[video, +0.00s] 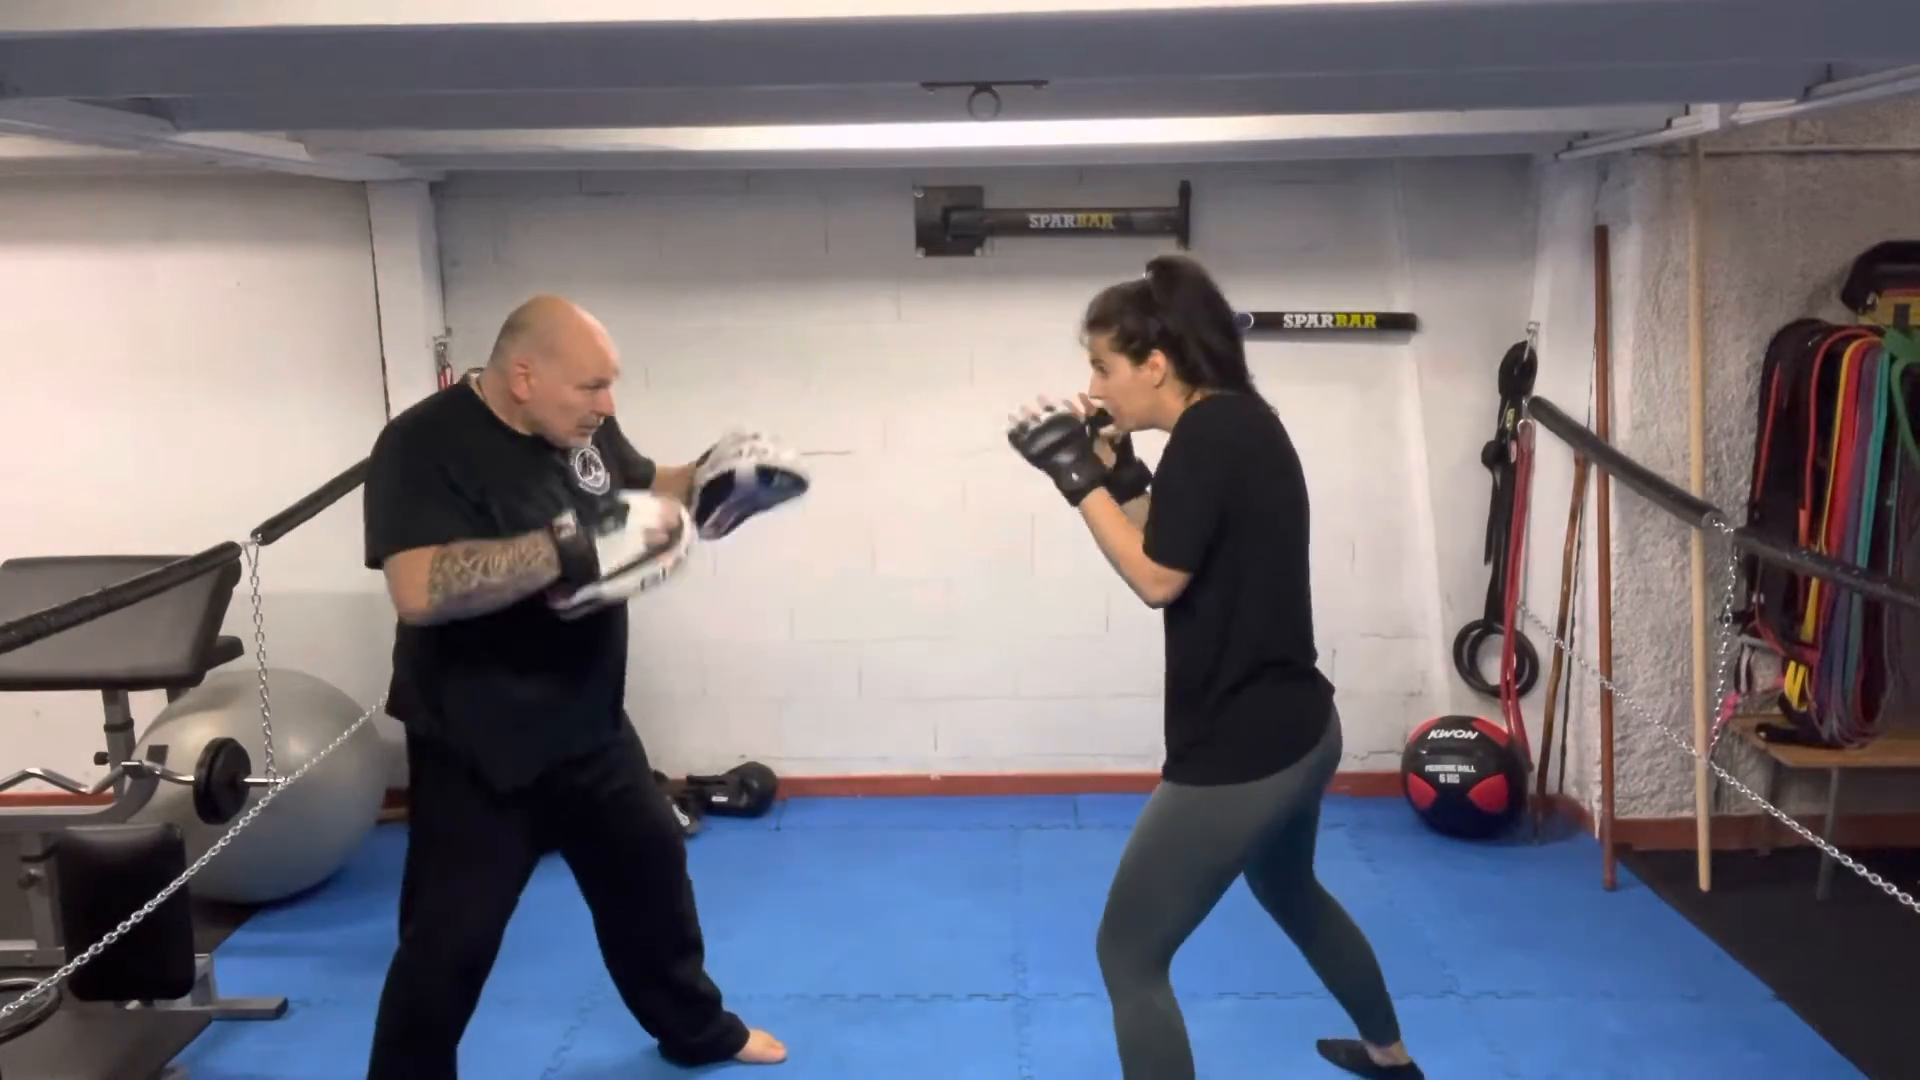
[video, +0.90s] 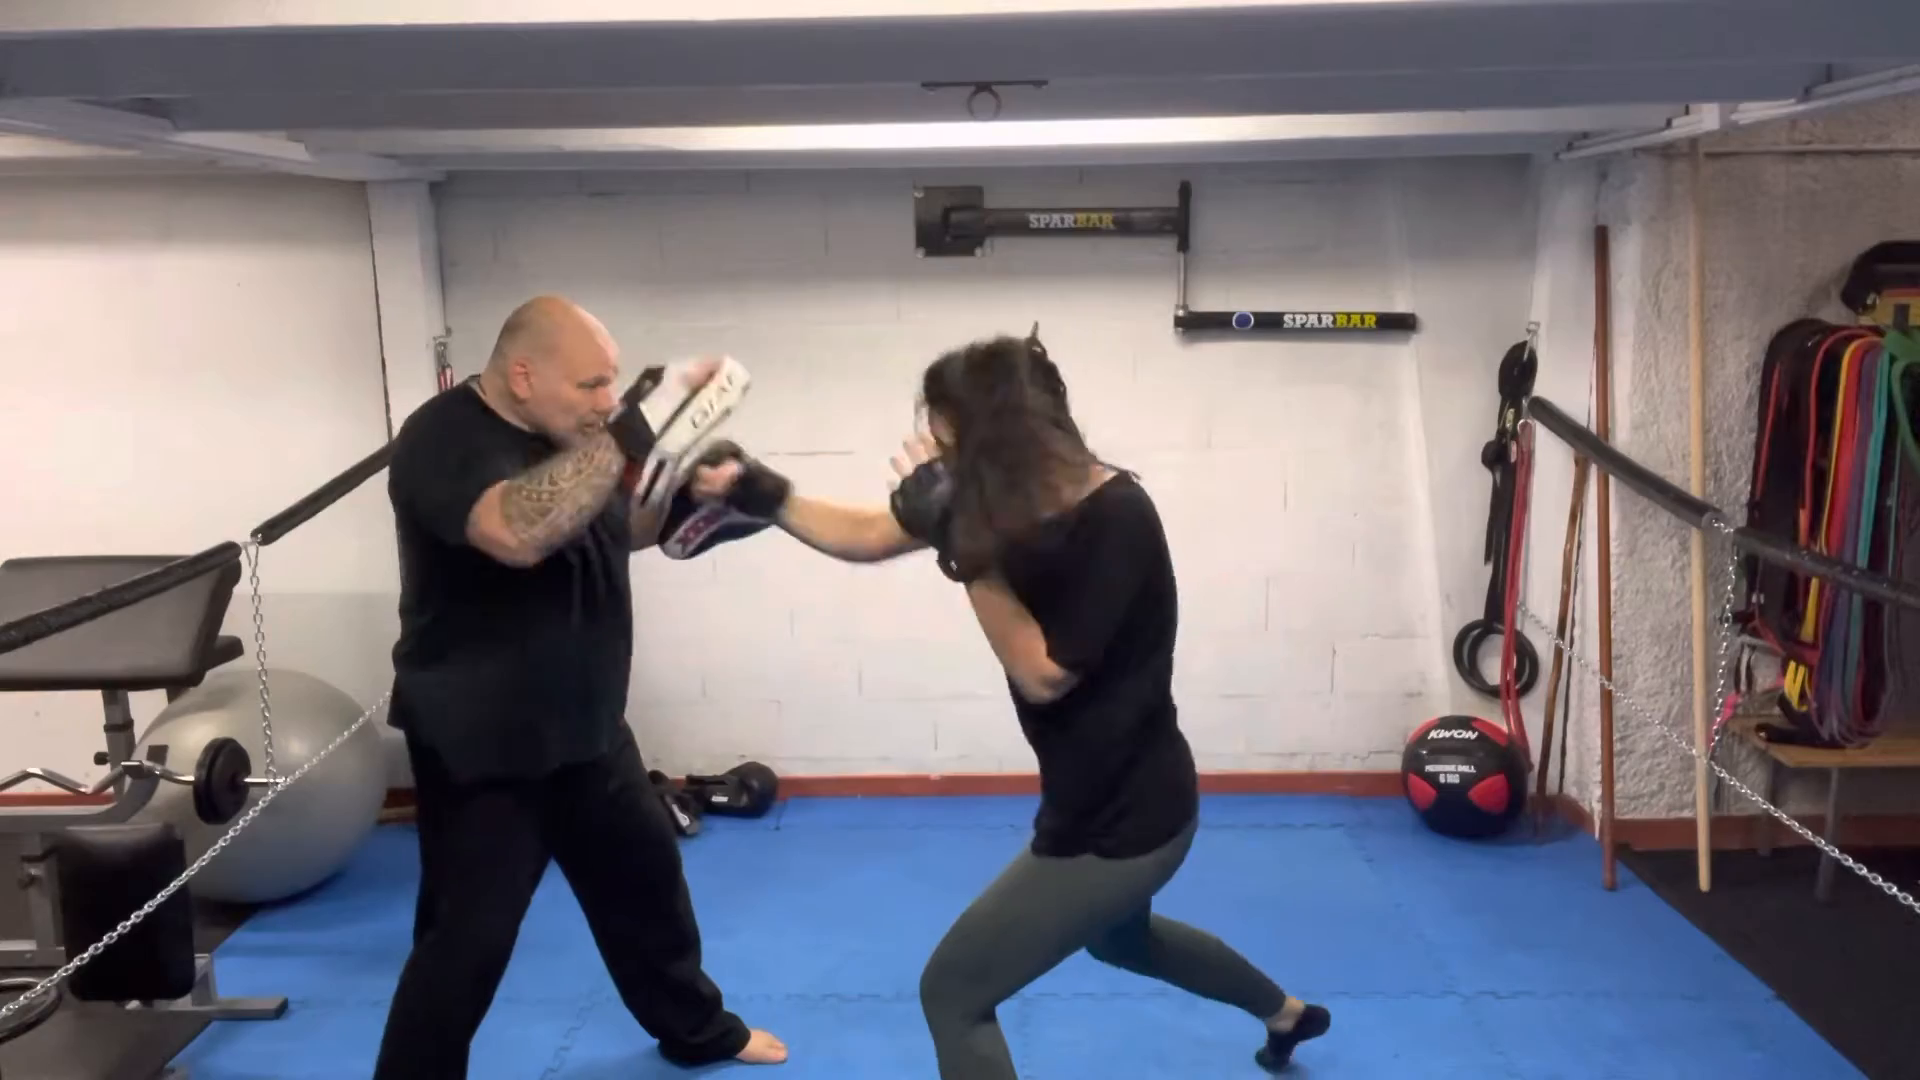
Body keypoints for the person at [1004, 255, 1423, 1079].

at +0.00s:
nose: (1096, 390)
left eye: (1102, 369)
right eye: (1094, 371)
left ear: (1157, 364)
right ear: (1164, 359)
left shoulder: (1207, 436)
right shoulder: (1249, 425)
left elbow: (1156, 577)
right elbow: (1191, 558)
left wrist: (1079, 481)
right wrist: (1118, 473)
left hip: (1238, 754)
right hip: (1299, 729)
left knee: (1130, 951)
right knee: (1289, 887)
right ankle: (1386, 1047)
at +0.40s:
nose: (1086, 421)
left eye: (1087, 404)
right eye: (1081, 405)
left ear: (1130, 400)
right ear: (1189, 384)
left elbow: (1017, 550)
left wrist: (984, 478)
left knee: (1038, 963)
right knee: (1259, 891)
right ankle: (1326, 1062)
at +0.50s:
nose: (1062, 422)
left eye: (1064, 406)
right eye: (1061, 406)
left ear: (1090, 403)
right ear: (1166, 391)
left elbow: (920, 467)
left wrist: (830, 423)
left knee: (1002, 979)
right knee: (1236, 900)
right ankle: (1318, 1063)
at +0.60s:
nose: (1014, 439)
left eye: (1014, 422)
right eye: (1009, 422)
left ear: (1045, 418)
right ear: (1114, 399)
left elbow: (909, 544)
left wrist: (846, 455)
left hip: (1111, 822)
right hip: (1199, 799)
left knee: (961, 985)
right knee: (1170, 912)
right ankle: (1303, 1052)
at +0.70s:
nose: (946, 449)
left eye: (954, 434)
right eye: (944, 433)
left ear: (1007, 437)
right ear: (1039, 423)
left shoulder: (1082, 529)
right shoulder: (1112, 496)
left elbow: (976, 644)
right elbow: (1047, 554)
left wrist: (934, 520)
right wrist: (981, 495)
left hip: (1103, 841)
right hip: (1147, 808)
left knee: (938, 990)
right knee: (1126, 930)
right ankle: (1286, 1032)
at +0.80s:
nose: (928, 460)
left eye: (938, 451)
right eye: (928, 448)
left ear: (993, 458)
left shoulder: (1116, 523)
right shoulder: (1015, 493)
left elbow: (1034, 666)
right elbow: (864, 461)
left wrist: (962, 533)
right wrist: (737, 458)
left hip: (1115, 833)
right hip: (1094, 809)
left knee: (942, 995)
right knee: (1125, 944)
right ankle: (1290, 1029)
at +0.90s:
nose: (932, 453)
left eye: (940, 437)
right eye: (930, 438)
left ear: (993, 436)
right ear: (1020, 428)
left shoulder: (1112, 521)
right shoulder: (1016, 504)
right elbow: (869, 532)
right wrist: (758, 491)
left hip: (1119, 827)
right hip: (1099, 802)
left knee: (953, 993)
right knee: (1123, 936)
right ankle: (1285, 1012)